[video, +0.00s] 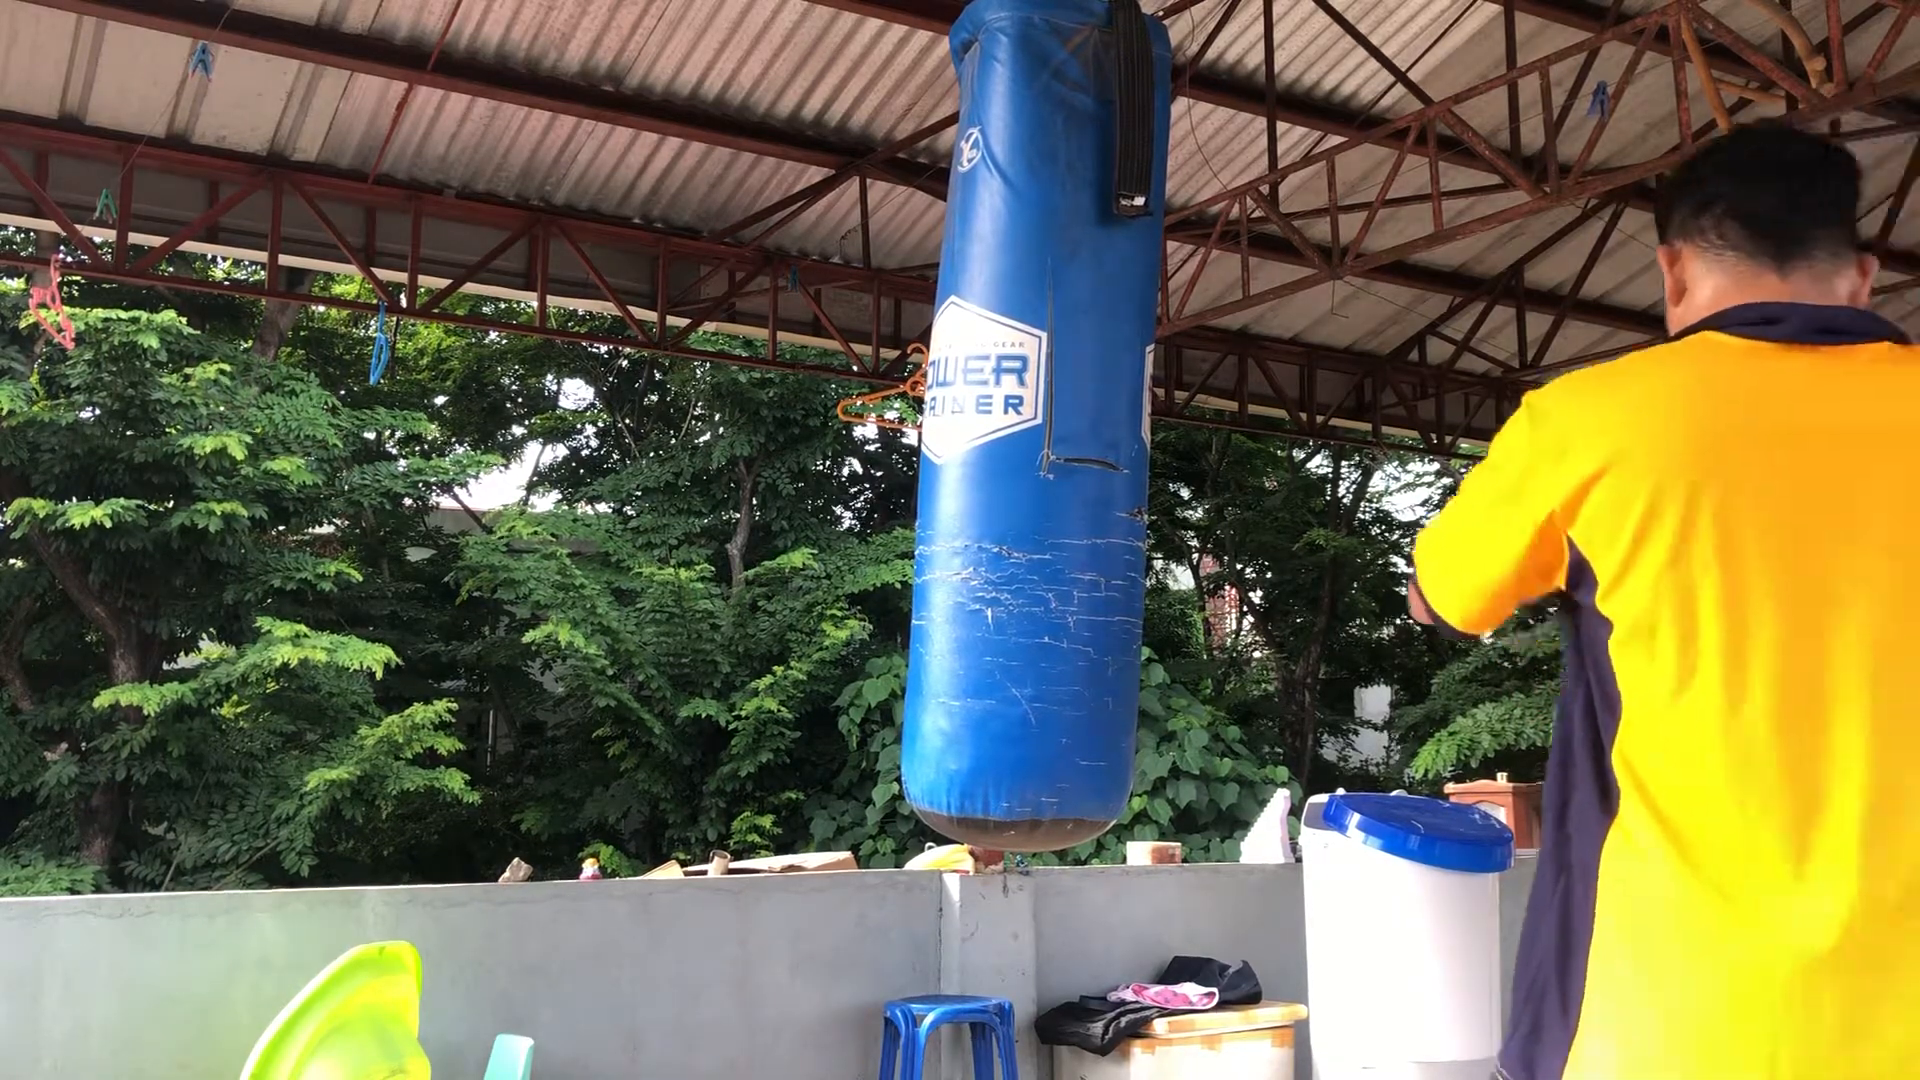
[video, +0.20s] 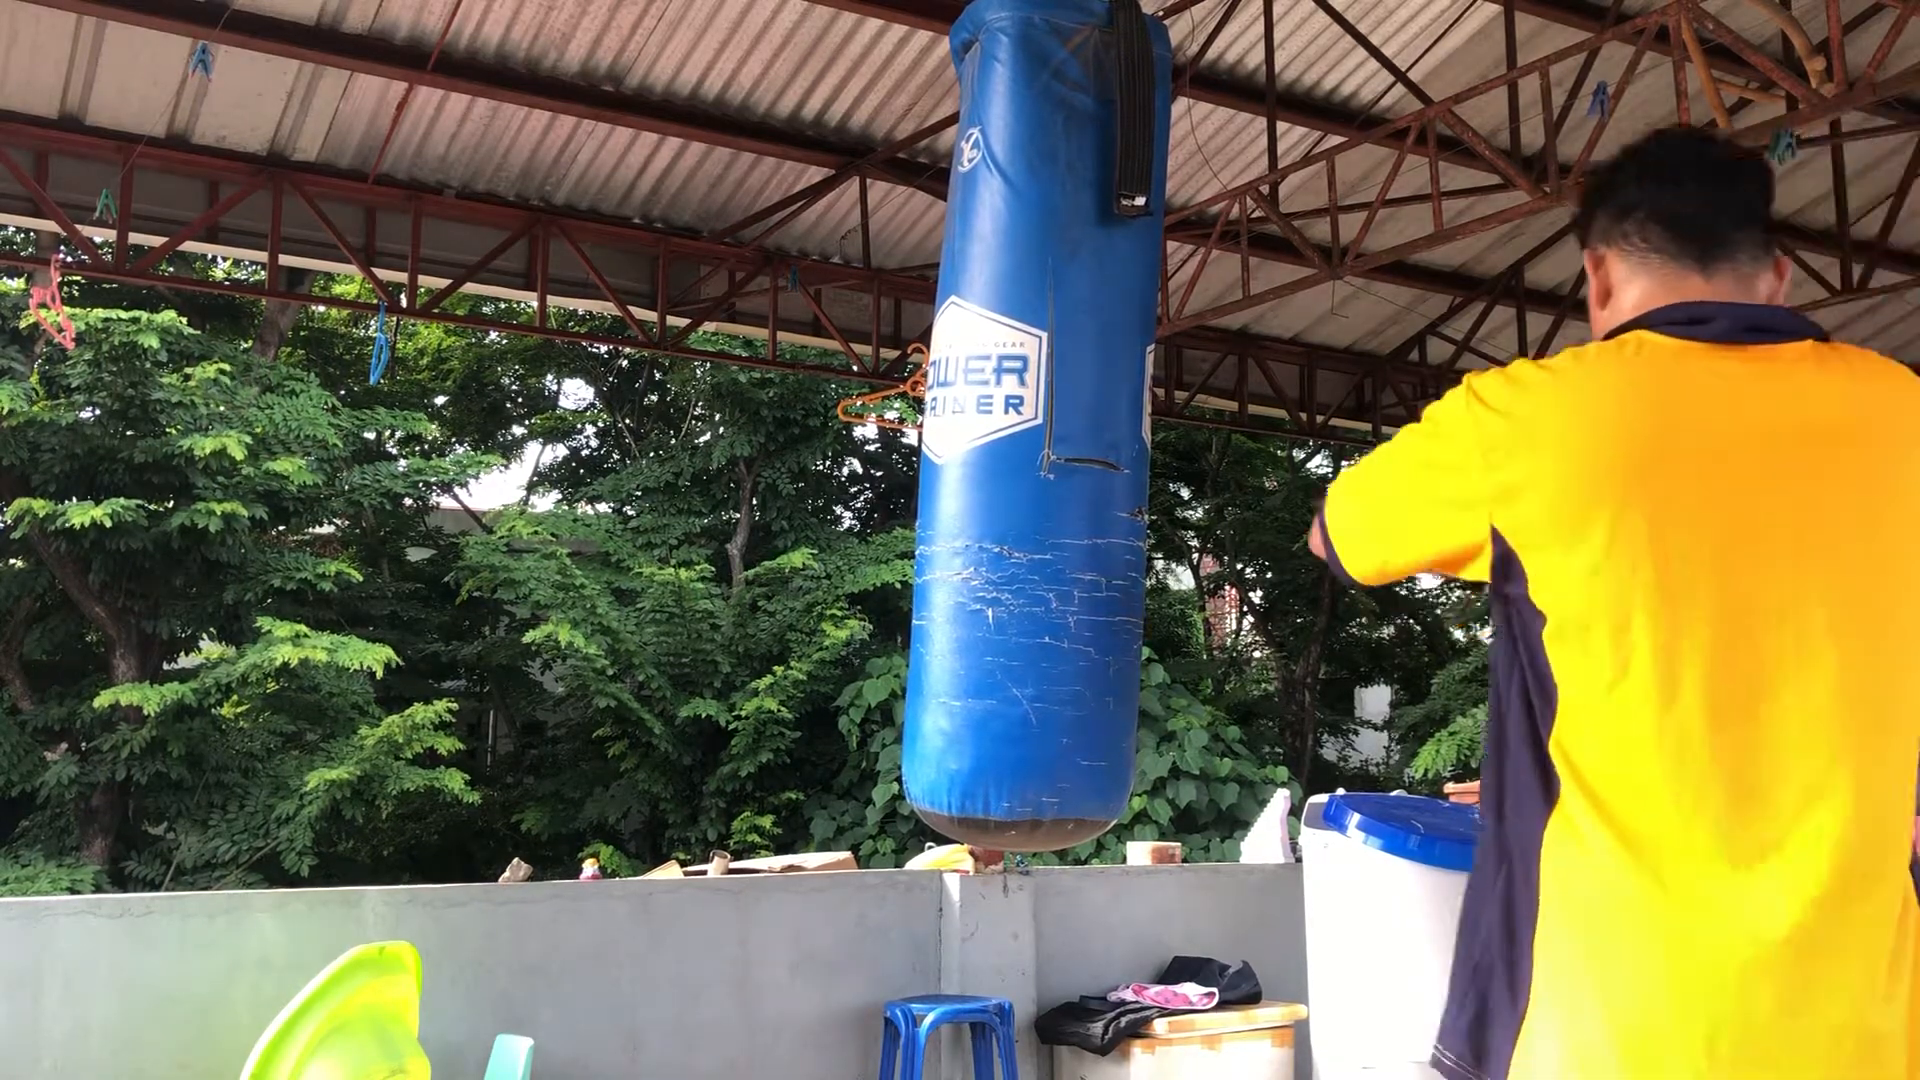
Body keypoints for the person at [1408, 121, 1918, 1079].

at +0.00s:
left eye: (1662, 289)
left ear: (1672, 278)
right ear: (1862, 283)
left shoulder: (1595, 413)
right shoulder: (1907, 387)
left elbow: (1446, 595)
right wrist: (1548, 811)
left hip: (1673, 1030)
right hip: (1897, 1024)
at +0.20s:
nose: (1589, 316)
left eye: (1583, 297)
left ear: (1600, 284)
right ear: (1778, 278)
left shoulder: (1528, 413)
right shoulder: (1903, 407)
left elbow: (1340, 538)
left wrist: (1507, 516)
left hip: (1604, 1032)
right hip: (1871, 1028)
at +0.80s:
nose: (1514, 345)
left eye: (1512, 323)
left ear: (1536, 305)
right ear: (1697, 306)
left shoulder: (1473, 414)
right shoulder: (1816, 427)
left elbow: (1300, 539)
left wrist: (1435, 582)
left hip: (1547, 1030)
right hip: (1789, 1022)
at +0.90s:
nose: (1542, 349)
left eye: (1540, 328)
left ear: (1568, 308)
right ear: (1724, 315)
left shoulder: (1503, 415)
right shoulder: (1845, 438)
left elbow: (1328, 556)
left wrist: (1445, 637)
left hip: (1568, 1025)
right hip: (1800, 1023)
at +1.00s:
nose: (1570, 355)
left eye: (1568, 329)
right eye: (1567, 333)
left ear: (1605, 307)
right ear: (1739, 312)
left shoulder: (1557, 414)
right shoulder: (1873, 445)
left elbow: (1367, 581)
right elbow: (1895, 674)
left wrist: (1457, 655)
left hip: (1604, 1019)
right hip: (1827, 1018)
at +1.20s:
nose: (1598, 390)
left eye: (1594, 353)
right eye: (1588, 362)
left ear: (1652, 310)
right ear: (1758, 317)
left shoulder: (1632, 428)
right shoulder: (1893, 464)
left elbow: (1475, 651)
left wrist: (1423, 622)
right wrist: (1553, 810)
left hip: (1683, 1015)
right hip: (1889, 1011)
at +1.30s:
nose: (1592, 394)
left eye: (1591, 353)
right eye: (1584, 363)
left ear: (1663, 313)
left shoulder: (1673, 431)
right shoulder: (1890, 470)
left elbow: (1581, 651)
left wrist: (1442, 651)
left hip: (1683, 1019)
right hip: (1878, 1013)